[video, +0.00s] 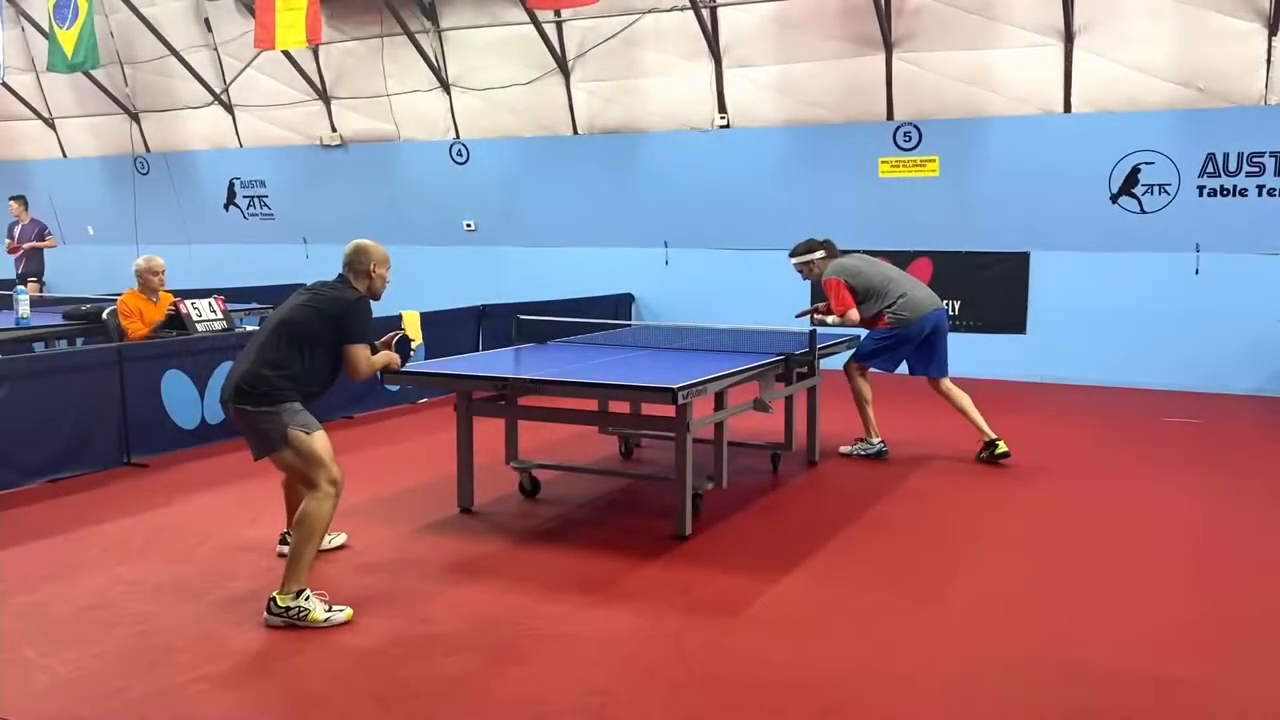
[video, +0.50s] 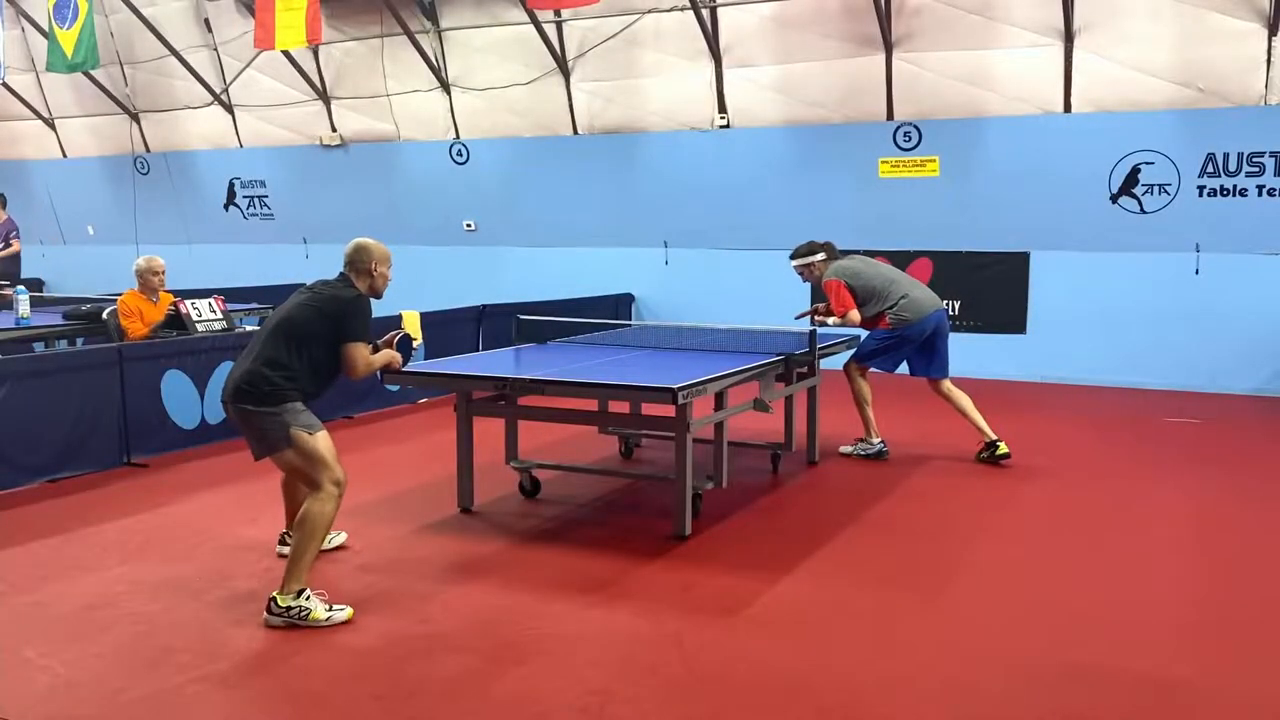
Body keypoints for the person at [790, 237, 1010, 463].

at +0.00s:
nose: (804, 277)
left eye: (803, 270)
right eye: (800, 272)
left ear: (817, 261)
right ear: (825, 256)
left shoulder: (832, 275)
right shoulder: (857, 261)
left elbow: (853, 317)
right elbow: (872, 311)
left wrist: (831, 318)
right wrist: (832, 310)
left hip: (906, 316)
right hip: (936, 311)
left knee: (854, 369)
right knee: (940, 381)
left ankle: (873, 440)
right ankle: (991, 439)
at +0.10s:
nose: (803, 278)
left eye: (803, 271)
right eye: (800, 273)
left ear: (817, 261)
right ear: (825, 257)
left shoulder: (832, 276)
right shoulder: (856, 262)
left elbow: (853, 318)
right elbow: (872, 311)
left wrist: (831, 319)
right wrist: (832, 311)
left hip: (906, 316)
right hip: (936, 311)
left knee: (854, 369)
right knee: (940, 382)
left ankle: (873, 440)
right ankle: (992, 440)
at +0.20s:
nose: (803, 278)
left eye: (802, 272)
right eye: (799, 273)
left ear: (815, 263)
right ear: (823, 258)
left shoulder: (832, 277)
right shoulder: (855, 262)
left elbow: (853, 319)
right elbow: (871, 312)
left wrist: (831, 319)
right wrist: (832, 311)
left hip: (907, 317)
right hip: (936, 311)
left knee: (854, 369)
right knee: (940, 383)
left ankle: (873, 440)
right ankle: (993, 440)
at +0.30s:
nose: (803, 279)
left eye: (802, 272)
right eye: (799, 274)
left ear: (815, 264)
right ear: (823, 258)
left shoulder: (831, 277)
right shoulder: (855, 262)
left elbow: (853, 319)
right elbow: (871, 311)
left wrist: (831, 319)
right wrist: (831, 310)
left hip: (907, 317)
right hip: (936, 311)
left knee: (854, 369)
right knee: (941, 383)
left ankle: (873, 440)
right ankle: (993, 441)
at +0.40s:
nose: (803, 279)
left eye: (803, 272)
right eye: (800, 274)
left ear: (816, 264)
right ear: (824, 258)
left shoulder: (832, 277)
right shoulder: (856, 262)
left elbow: (853, 319)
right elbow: (871, 311)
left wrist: (832, 319)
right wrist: (832, 310)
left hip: (907, 317)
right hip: (936, 311)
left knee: (854, 369)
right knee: (941, 383)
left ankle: (873, 440)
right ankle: (993, 441)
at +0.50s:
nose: (803, 279)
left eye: (803, 272)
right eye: (800, 274)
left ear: (816, 264)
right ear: (824, 258)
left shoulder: (832, 277)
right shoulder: (855, 262)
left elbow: (853, 319)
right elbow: (871, 311)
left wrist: (832, 319)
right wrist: (832, 310)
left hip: (907, 317)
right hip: (936, 311)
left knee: (854, 369)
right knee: (941, 383)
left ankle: (872, 440)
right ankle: (993, 441)